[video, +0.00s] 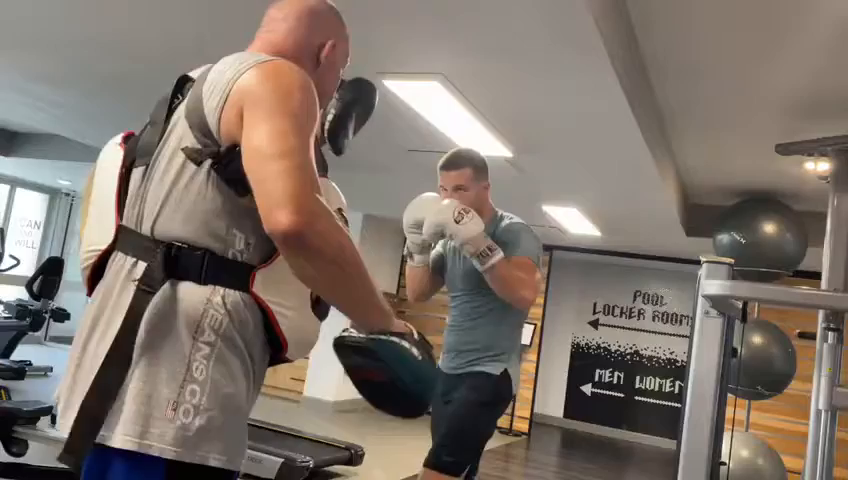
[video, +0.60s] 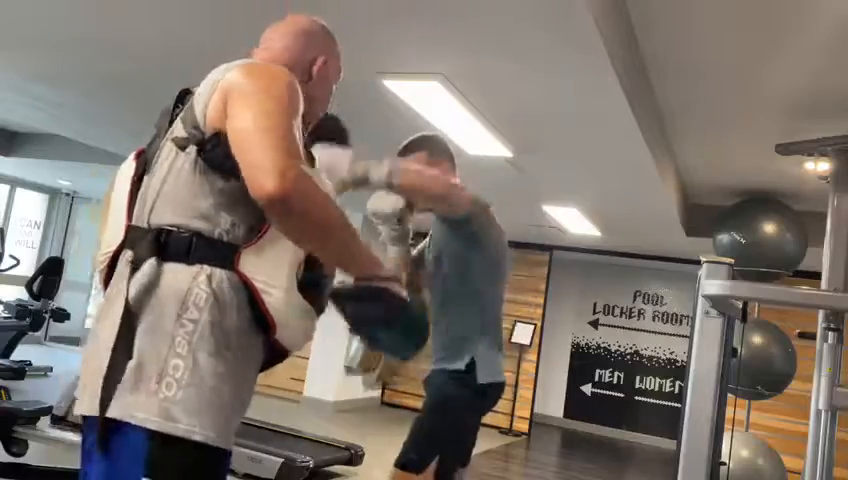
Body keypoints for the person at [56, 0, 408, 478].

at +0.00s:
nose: (335, 86)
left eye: (341, 73)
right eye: (341, 69)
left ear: (267, 35)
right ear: (326, 51)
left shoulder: (204, 80)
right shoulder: (276, 78)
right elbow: (294, 220)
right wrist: (380, 321)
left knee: (108, 465)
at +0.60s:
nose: (328, 100)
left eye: (333, 87)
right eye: (332, 84)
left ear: (265, 47)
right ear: (318, 65)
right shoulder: (263, 79)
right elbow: (277, 185)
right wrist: (370, 271)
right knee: (169, 467)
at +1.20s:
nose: (315, 69)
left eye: (320, 62)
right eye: (317, 57)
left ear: (237, 16)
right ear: (300, 37)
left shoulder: (162, 68)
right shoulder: (267, 71)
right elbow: (396, 196)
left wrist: (306, 102)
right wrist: (388, 108)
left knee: (72, 461)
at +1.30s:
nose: (313, 76)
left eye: (317, 65)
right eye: (316, 61)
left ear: (241, 21)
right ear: (301, 41)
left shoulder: (174, 75)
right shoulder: (265, 75)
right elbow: (382, 205)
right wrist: (381, 117)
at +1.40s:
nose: (313, 79)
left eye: (316, 68)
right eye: (316, 64)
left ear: (234, 28)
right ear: (299, 47)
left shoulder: (161, 80)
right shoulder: (269, 86)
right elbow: (371, 226)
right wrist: (372, 132)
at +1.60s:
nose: (307, 77)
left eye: (313, 63)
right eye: (311, 59)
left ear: (223, 23)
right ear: (291, 42)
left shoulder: (143, 73)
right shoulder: (266, 100)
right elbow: (367, 252)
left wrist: (295, 111)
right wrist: (398, 172)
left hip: (57, 330)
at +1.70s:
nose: (305, 69)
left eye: (312, 51)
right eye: (311, 49)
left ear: (223, 12)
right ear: (290, 33)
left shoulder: (141, 64)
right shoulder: (244, 85)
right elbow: (344, 251)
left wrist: (299, 148)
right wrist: (377, 132)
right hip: (137, 355)